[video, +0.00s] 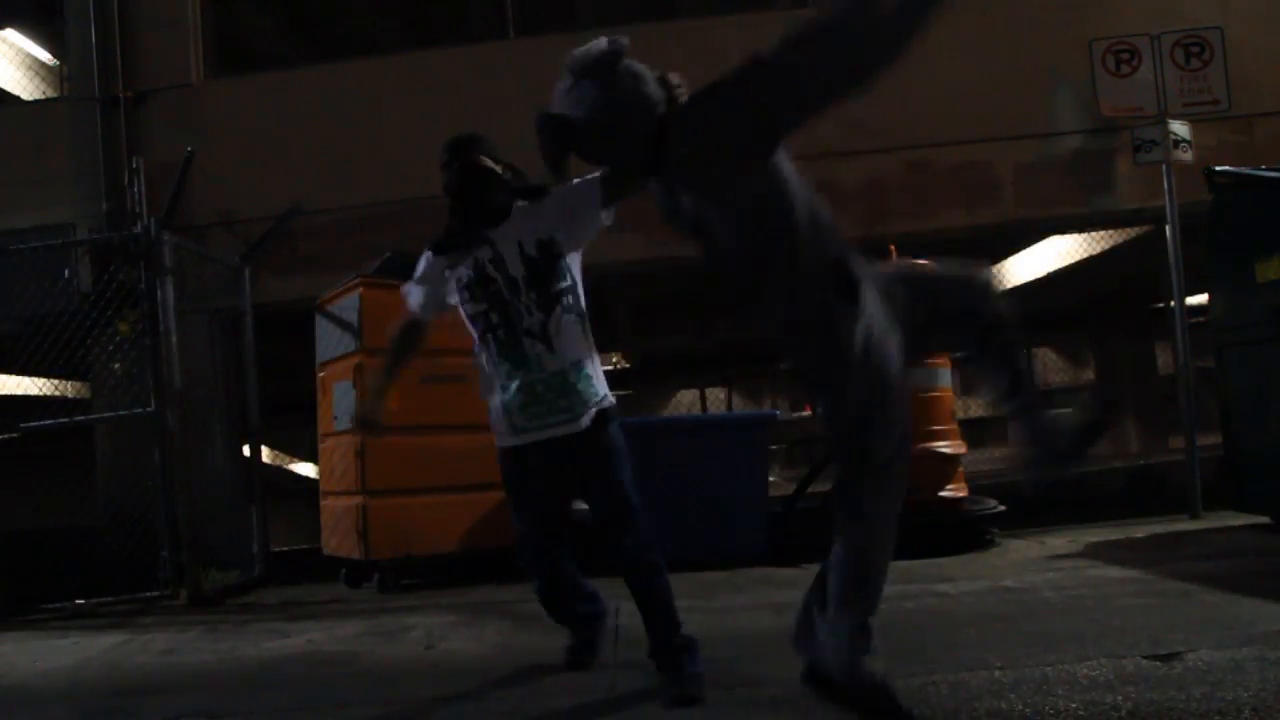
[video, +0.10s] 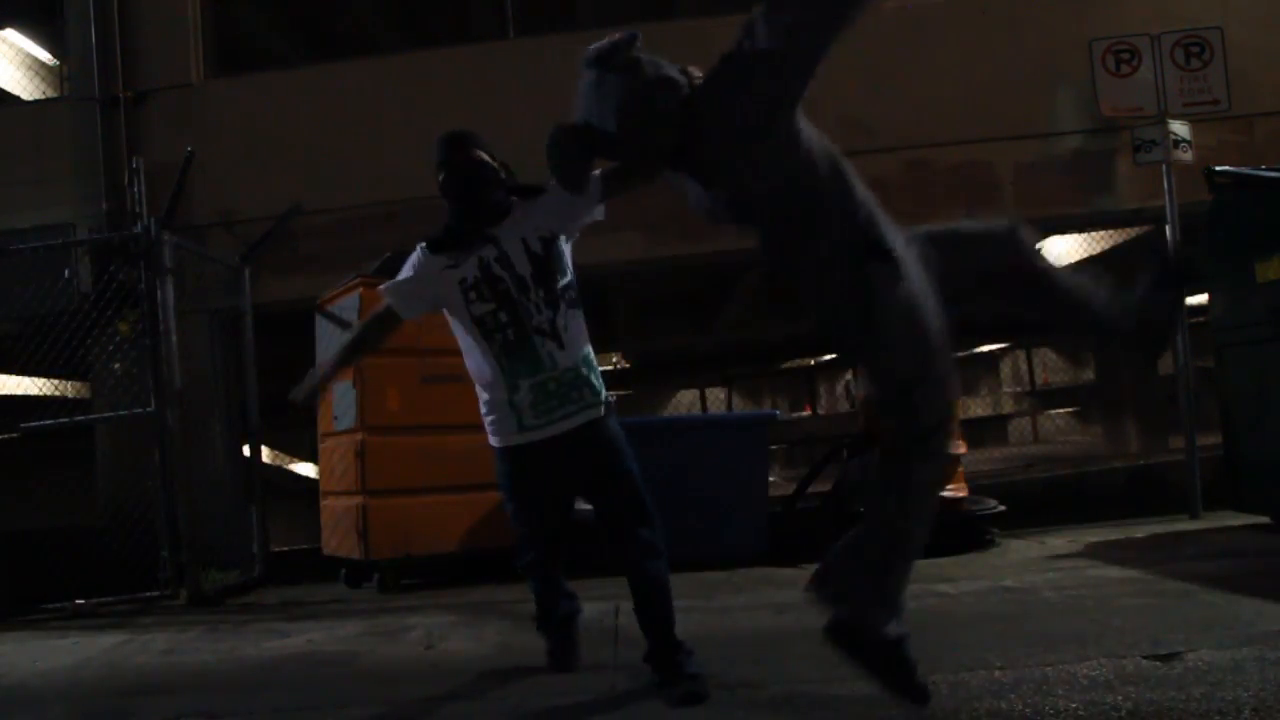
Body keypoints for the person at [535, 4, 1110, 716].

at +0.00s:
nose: (666, 78)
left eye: (649, 79)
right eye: (650, 80)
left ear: (619, 134)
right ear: (647, 102)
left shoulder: (672, 154)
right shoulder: (705, 129)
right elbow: (811, 62)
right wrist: (908, 0)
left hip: (849, 290)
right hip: (834, 322)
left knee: (976, 297)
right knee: (873, 478)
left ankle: (1040, 432)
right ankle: (837, 654)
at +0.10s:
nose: (676, 77)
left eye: (662, 77)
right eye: (659, 81)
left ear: (650, 120)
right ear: (654, 103)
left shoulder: (695, 137)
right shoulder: (732, 103)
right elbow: (797, 26)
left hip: (864, 261)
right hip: (864, 276)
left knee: (1002, 250)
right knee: (920, 437)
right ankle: (866, 610)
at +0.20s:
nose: (694, 86)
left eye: (678, 99)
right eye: (682, 91)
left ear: (670, 139)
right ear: (691, 94)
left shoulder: (725, 161)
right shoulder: (757, 95)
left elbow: (708, 208)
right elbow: (788, 13)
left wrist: (676, 240)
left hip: (911, 245)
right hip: (916, 255)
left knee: (1029, 199)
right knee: (987, 405)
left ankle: (1142, 235)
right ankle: (917, 575)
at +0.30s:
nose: (704, 108)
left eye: (690, 118)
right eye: (694, 107)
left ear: (694, 147)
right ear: (711, 103)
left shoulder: (742, 185)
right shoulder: (777, 101)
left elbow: (703, 251)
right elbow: (787, 11)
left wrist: (666, 301)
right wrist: (655, 48)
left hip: (933, 238)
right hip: (956, 243)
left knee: (1031, 154)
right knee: (1038, 355)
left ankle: (1181, 210)